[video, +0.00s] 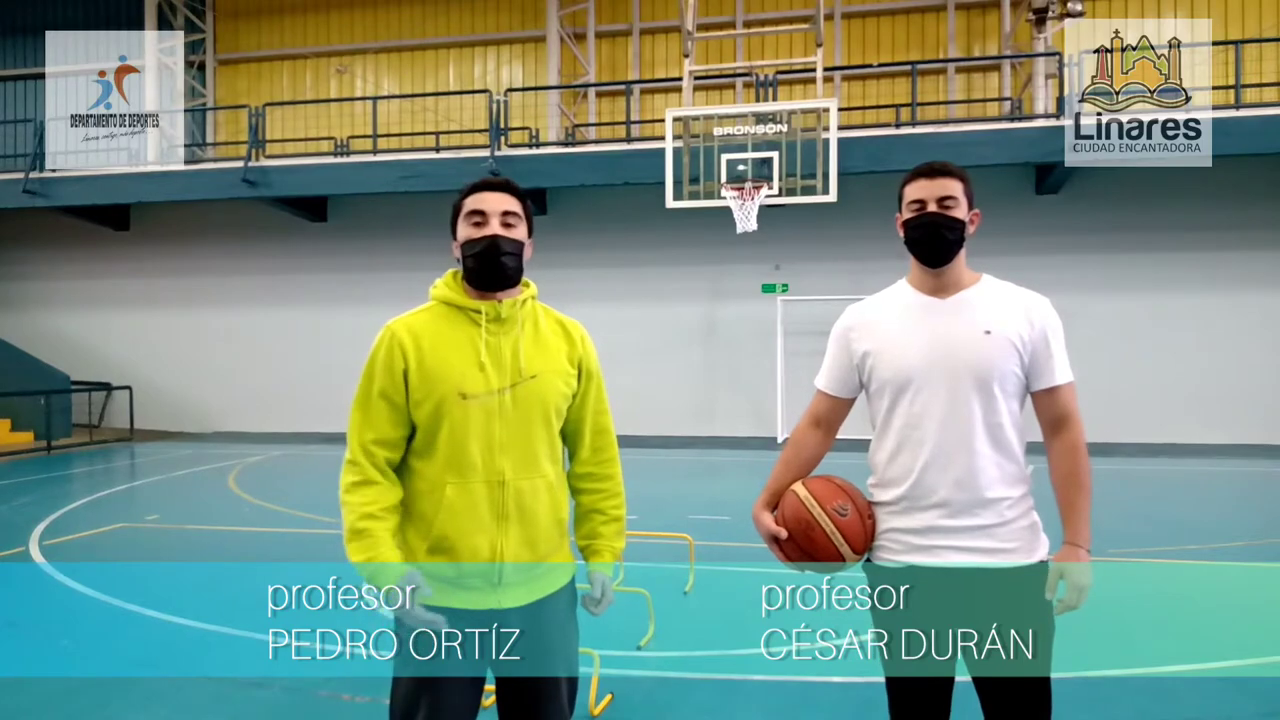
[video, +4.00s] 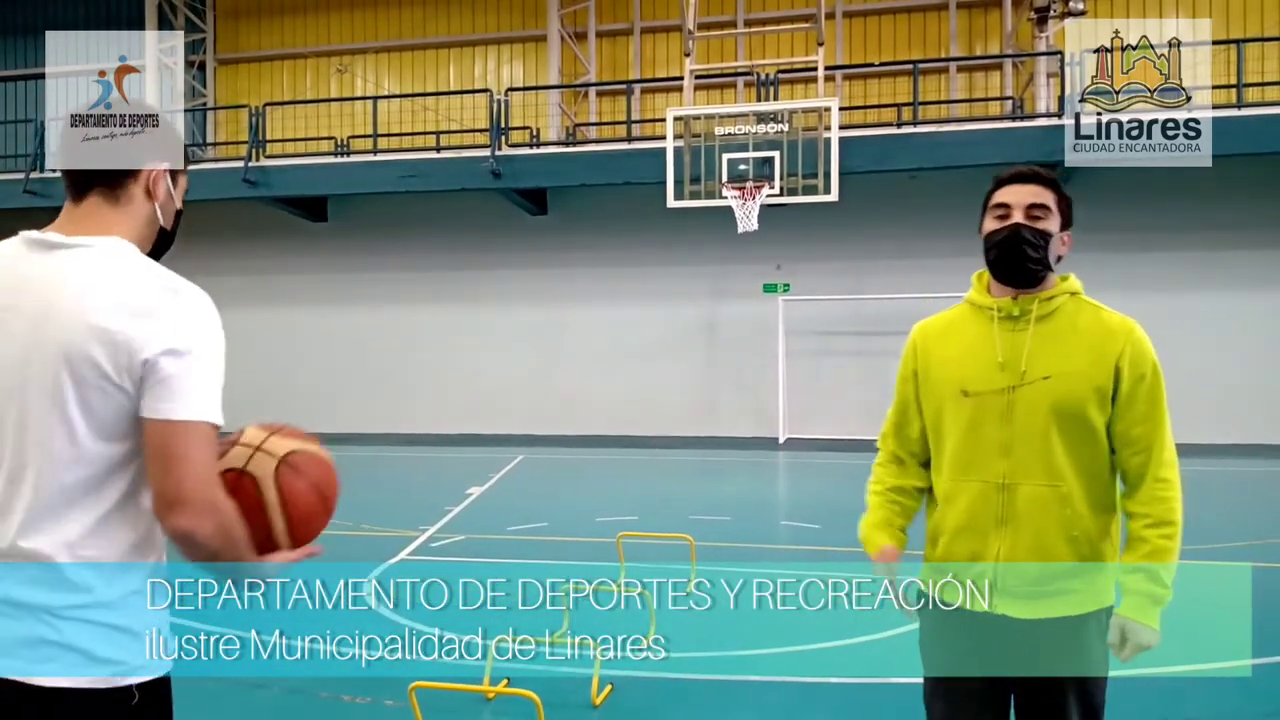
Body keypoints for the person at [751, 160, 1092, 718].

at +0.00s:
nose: (931, 215)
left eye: (946, 204)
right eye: (916, 207)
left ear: (972, 220)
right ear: (899, 226)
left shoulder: (1026, 314)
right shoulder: (862, 323)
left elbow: (1063, 430)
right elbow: (818, 425)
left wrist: (1076, 543)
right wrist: (764, 503)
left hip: (1007, 559)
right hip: (904, 560)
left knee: (1020, 711)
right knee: (915, 712)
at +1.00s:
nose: (929, 215)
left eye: (944, 204)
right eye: (914, 208)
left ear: (971, 220)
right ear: (898, 229)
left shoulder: (1027, 314)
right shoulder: (863, 324)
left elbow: (1064, 429)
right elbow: (818, 425)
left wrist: (1078, 542)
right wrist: (764, 502)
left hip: (1008, 563)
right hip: (904, 564)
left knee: (1021, 711)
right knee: (914, 712)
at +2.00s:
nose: (946, 239)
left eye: (958, 230)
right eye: (929, 232)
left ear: (976, 250)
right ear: (910, 253)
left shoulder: (1020, 323)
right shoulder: (875, 344)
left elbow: (1102, 397)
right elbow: (855, 455)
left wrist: (1042, 406)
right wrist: (853, 544)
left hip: (1010, 547)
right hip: (915, 550)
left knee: (1022, 691)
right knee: (915, 696)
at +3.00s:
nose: (942, 243)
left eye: (955, 234)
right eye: (925, 237)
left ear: (975, 252)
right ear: (907, 258)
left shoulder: (1026, 339)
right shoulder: (870, 351)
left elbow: (1057, 452)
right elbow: (848, 461)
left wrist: (1064, 548)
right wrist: (858, 558)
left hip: (1009, 566)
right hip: (913, 568)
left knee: (1022, 707)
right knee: (914, 706)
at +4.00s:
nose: (1017, 224)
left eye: (1037, 214)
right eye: (1001, 213)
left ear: (1063, 242)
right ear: (983, 236)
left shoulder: (1117, 342)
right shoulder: (931, 341)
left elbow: (1152, 479)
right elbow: (901, 456)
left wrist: (1142, 598)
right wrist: (884, 524)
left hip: (1071, 611)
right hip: (957, 608)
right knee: (957, 712)